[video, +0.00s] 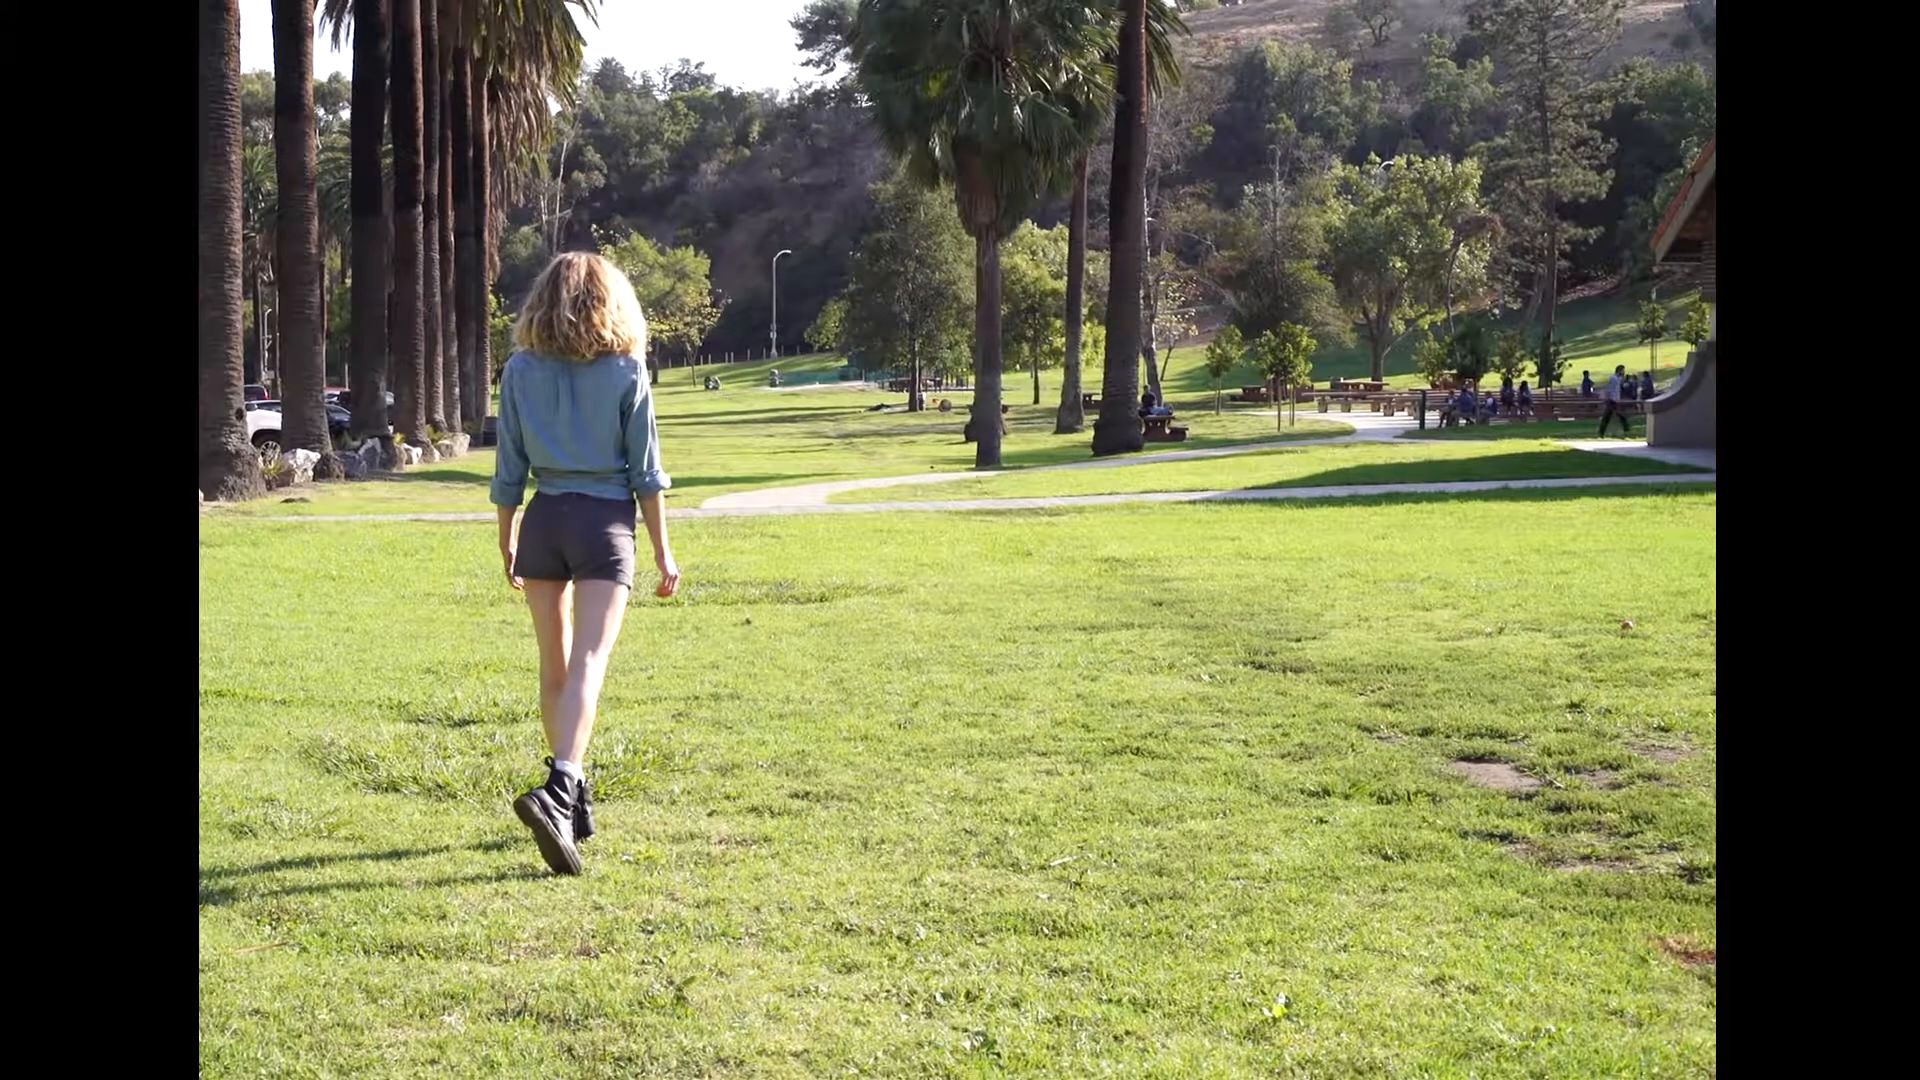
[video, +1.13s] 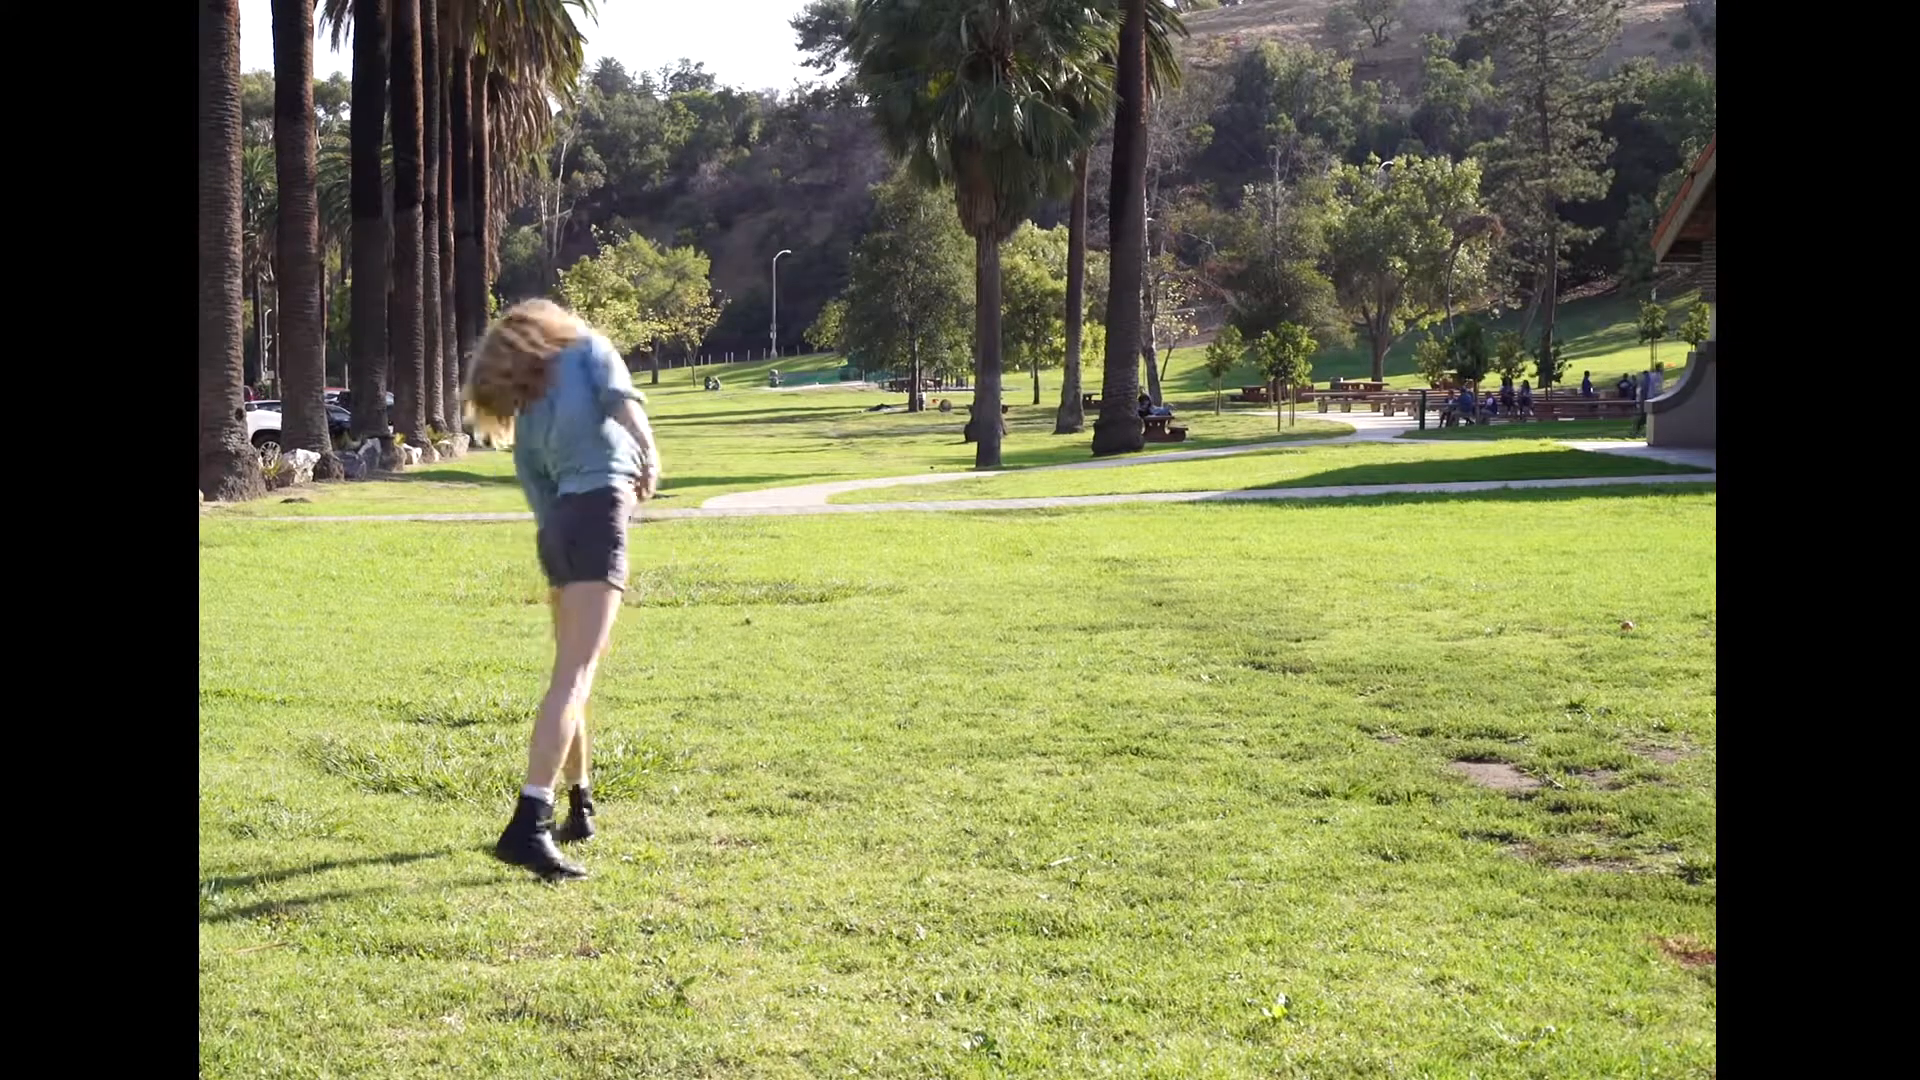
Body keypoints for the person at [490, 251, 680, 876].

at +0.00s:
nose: (624, 311)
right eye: (619, 300)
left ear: (544, 306)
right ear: (612, 306)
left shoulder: (520, 369)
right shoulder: (627, 371)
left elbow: (510, 465)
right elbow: (645, 470)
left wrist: (506, 540)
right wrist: (663, 549)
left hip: (542, 516)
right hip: (606, 518)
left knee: (553, 663)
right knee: (589, 660)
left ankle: (575, 794)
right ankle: (558, 790)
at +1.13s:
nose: (570, 325)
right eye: (564, 318)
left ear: (514, 357)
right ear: (555, 325)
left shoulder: (526, 413)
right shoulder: (587, 344)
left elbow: (541, 500)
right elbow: (617, 395)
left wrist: (557, 556)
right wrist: (651, 454)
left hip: (553, 521)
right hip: (597, 506)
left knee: (575, 668)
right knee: (573, 671)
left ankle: (579, 804)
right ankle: (529, 822)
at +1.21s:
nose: (587, 341)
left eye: (584, 336)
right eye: (578, 332)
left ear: (524, 350)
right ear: (557, 326)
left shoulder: (542, 409)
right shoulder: (553, 337)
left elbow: (582, 510)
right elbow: (575, 394)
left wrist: (639, 586)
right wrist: (600, 446)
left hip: (605, 524)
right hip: (593, 518)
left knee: (600, 682)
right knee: (577, 685)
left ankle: (588, 809)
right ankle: (528, 834)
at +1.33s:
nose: (564, 333)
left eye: (571, 324)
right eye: (551, 322)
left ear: (584, 334)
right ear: (531, 332)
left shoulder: (599, 396)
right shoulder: (516, 384)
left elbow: (636, 496)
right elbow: (492, 442)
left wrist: (684, 571)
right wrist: (474, 487)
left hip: (630, 537)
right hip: (575, 533)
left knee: (613, 689)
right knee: (575, 693)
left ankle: (593, 809)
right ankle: (529, 837)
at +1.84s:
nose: (623, 388)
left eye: (633, 377)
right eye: (610, 380)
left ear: (653, 390)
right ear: (594, 396)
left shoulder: (671, 450)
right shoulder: (568, 446)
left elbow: (675, 480)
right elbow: (505, 461)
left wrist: (675, 504)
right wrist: (460, 465)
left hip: (601, 565)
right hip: (535, 552)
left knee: (639, 704)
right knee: (563, 687)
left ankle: (606, 809)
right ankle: (533, 840)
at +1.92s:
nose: (635, 463)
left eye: (646, 448)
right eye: (621, 449)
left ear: (665, 456)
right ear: (600, 456)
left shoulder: (673, 500)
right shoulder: (561, 489)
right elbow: (500, 470)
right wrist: (456, 451)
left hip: (595, 569)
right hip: (531, 558)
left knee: (639, 704)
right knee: (565, 686)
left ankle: (606, 809)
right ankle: (534, 841)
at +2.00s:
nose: (641, 546)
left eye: (650, 534)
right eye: (629, 534)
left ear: (664, 528)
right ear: (603, 524)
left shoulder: (653, 548)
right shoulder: (553, 530)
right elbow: (499, 480)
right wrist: (456, 439)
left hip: (589, 582)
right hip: (524, 567)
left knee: (641, 708)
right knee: (553, 690)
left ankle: (602, 811)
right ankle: (530, 843)